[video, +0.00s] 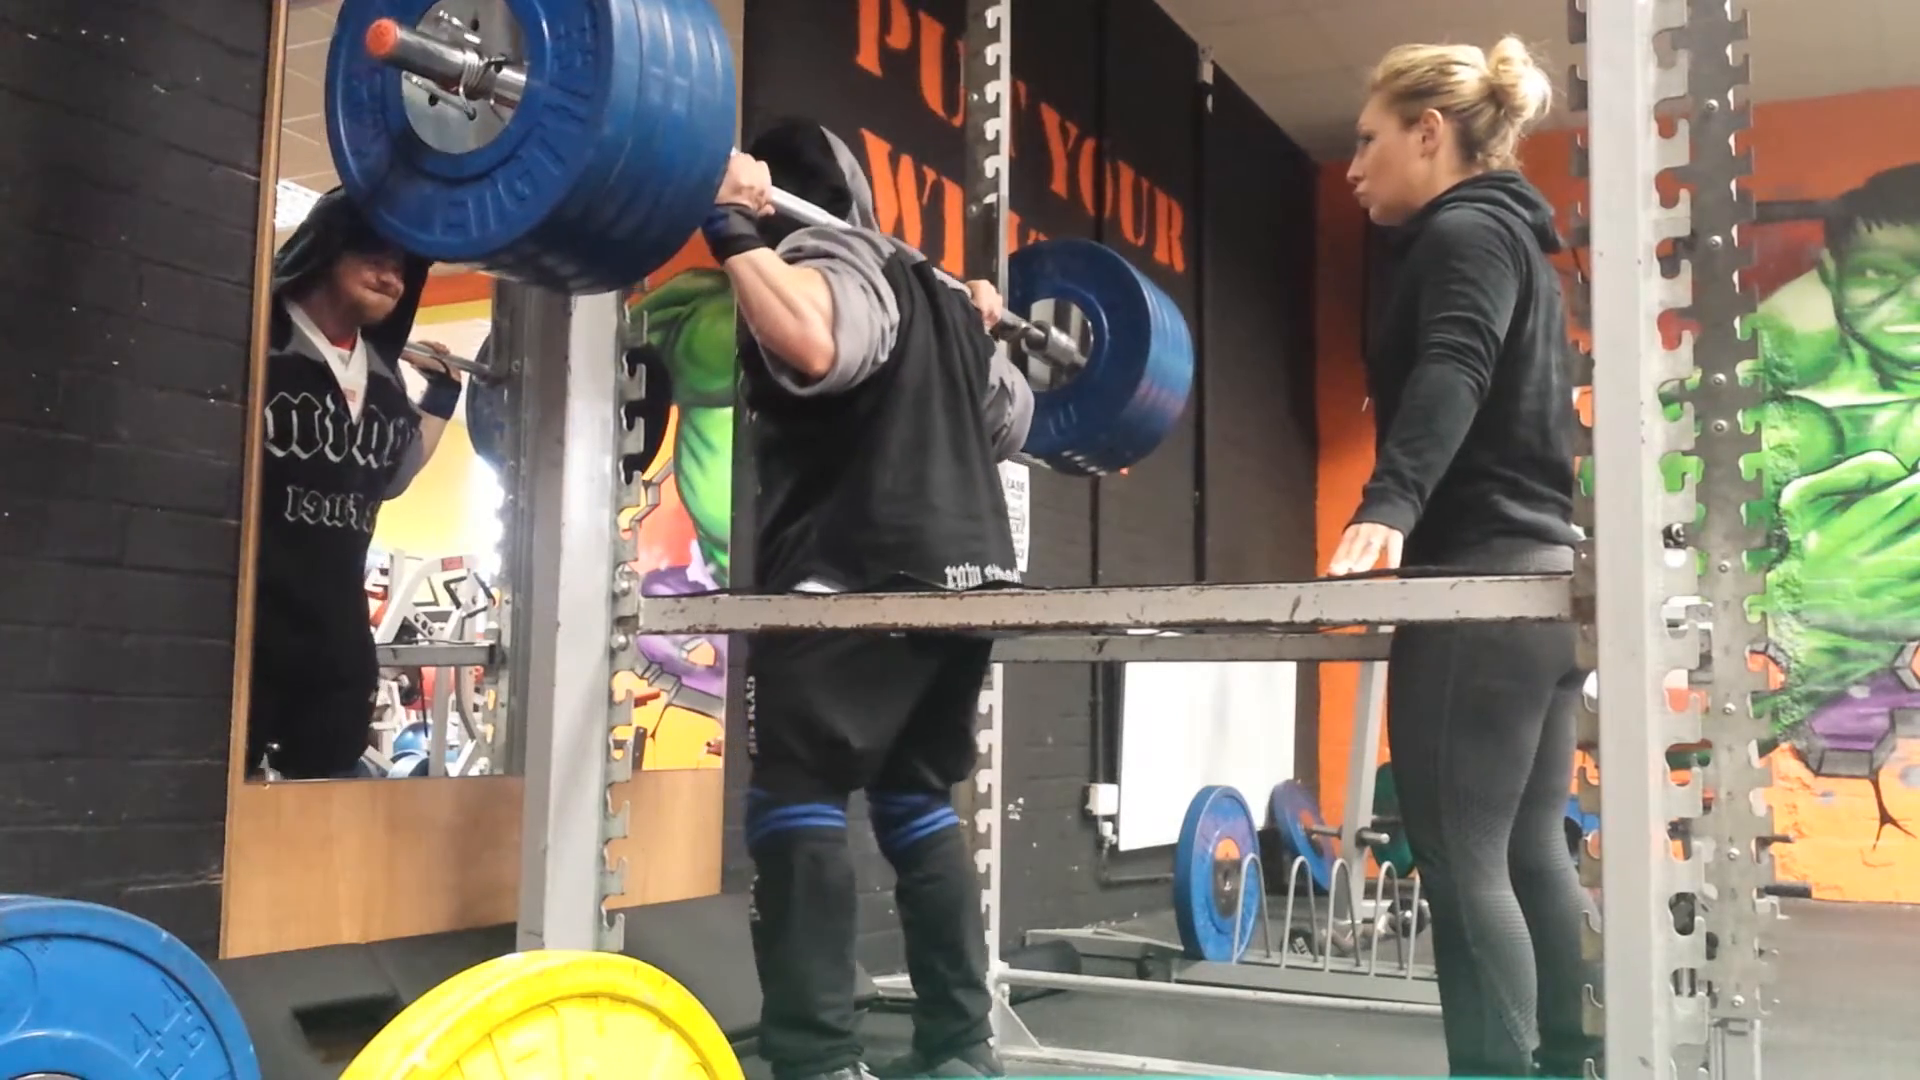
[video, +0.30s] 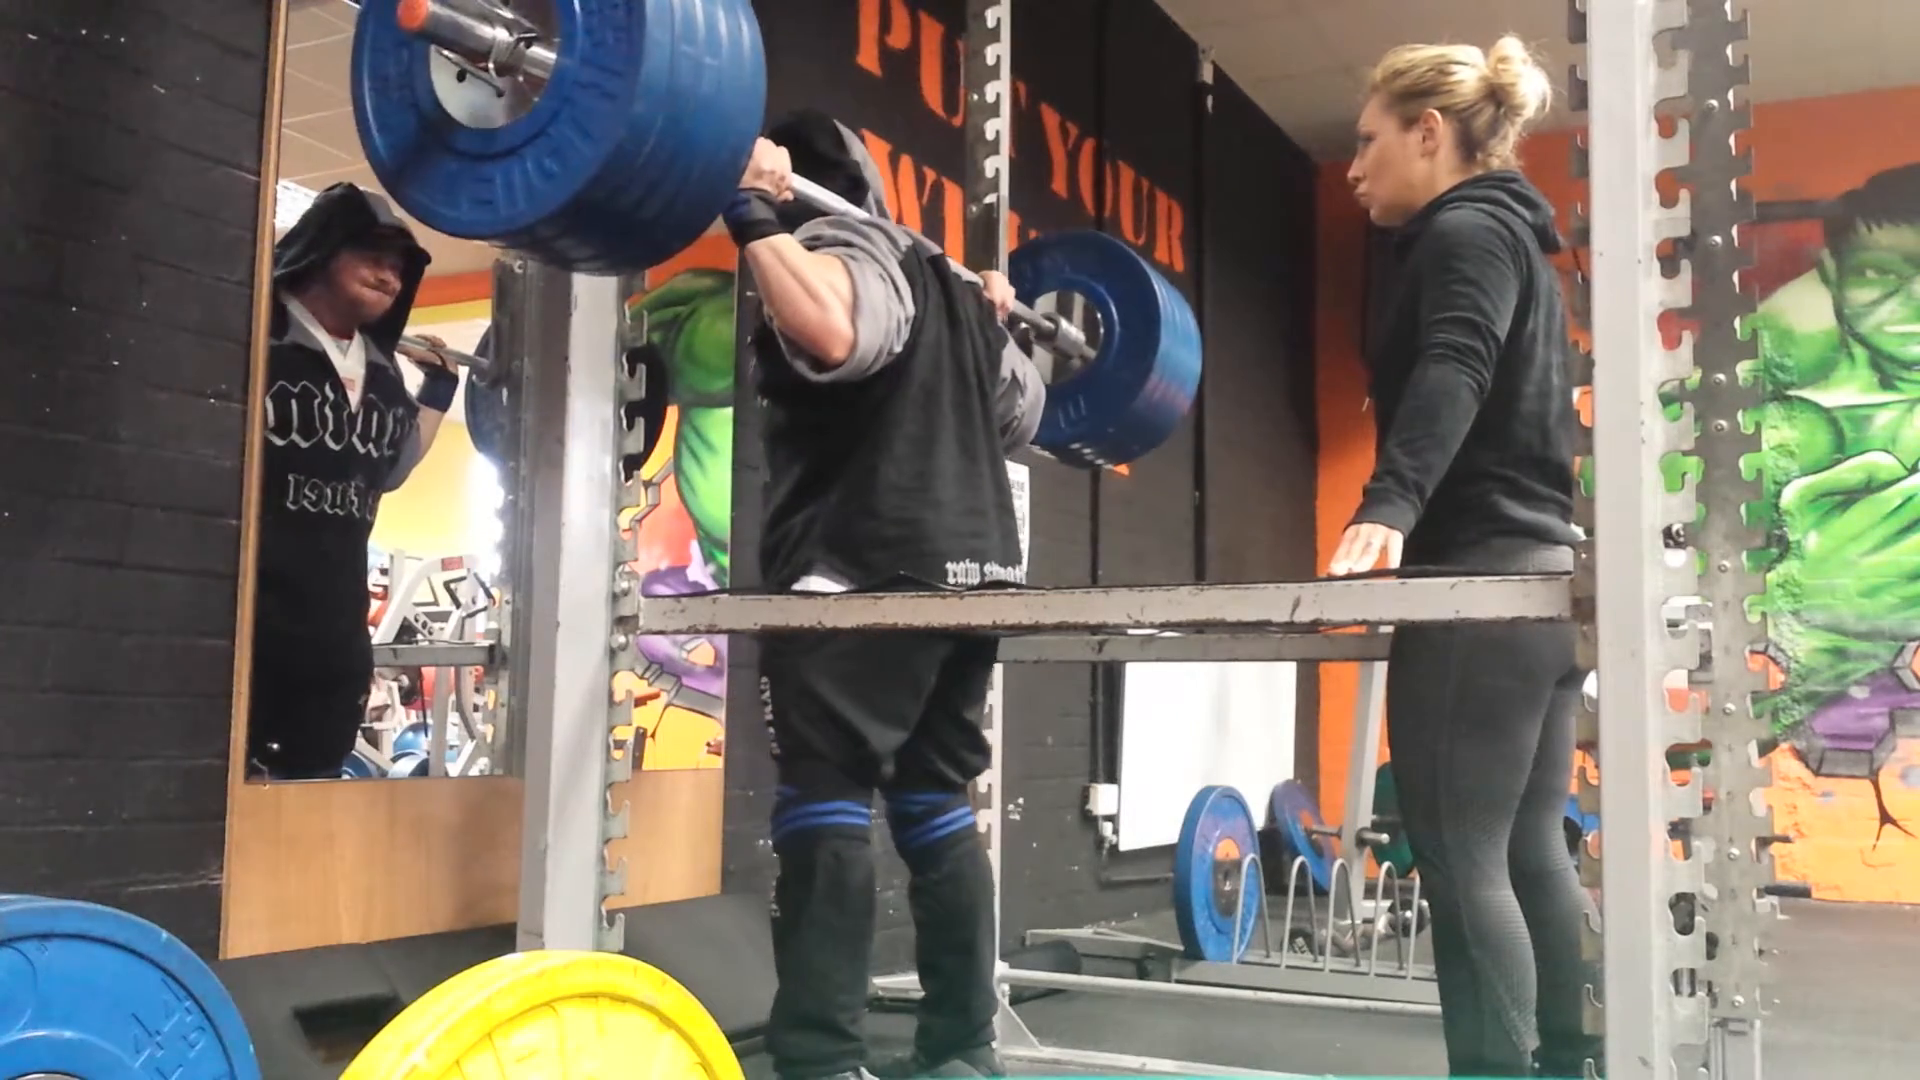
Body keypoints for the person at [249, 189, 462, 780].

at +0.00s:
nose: (388, 278)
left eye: (400, 269)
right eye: (372, 258)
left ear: (408, 288)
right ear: (327, 257)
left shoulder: (388, 379)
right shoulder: (256, 336)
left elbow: (392, 480)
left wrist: (443, 395)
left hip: (334, 620)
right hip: (247, 606)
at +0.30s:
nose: (386, 274)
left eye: (397, 267)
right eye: (369, 255)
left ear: (403, 288)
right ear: (322, 255)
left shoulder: (386, 373)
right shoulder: (257, 331)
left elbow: (391, 471)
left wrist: (440, 388)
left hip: (336, 594)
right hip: (251, 582)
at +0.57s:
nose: (385, 285)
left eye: (392, 275)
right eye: (369, 266)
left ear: (399, 290)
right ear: (320, 265)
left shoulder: (377, 377)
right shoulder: (254, 342)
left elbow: (382, 474)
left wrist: (436, 393)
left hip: (328, 604)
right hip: (247, 594)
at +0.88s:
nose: (378, 288)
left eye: (385, 276)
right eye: (361, 268)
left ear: (391, 291)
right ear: (312, 269)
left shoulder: (372, 383)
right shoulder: (251, 350)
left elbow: (380, 478)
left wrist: (433, 397)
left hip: (326, 623)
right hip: (244, 610)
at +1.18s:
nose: (350, 290)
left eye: (360, 281)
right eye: (333, 271)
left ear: (365, 298)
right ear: (285, 274)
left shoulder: (344, 376)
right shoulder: (243, 357)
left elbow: (359, 476)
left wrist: (409, 402)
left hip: (312, 579)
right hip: (242, 572)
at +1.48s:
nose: (295, 294)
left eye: (307, 284)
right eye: (284, 275)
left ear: (315, 300)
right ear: (250, 278)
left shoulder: (294, 388)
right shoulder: (207, 359)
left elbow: (306, 479)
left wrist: (360, 398)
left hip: (251, 567)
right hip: (192, 558)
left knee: (279, 675)